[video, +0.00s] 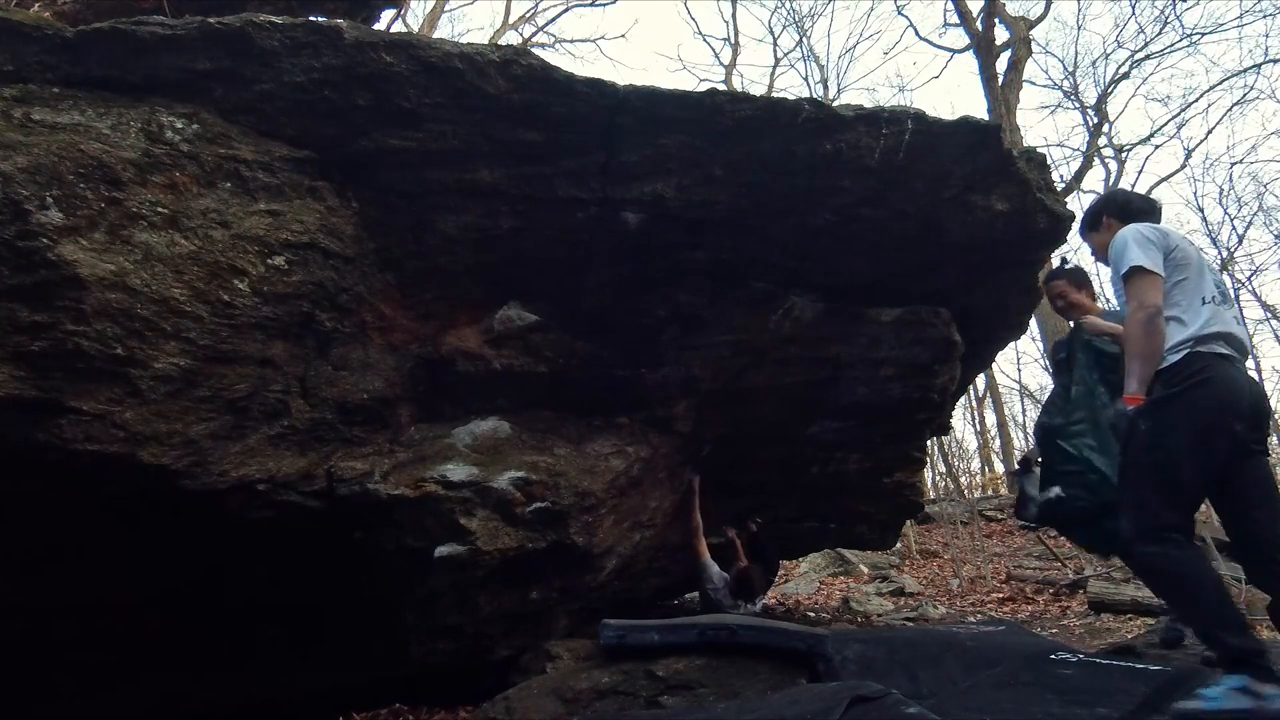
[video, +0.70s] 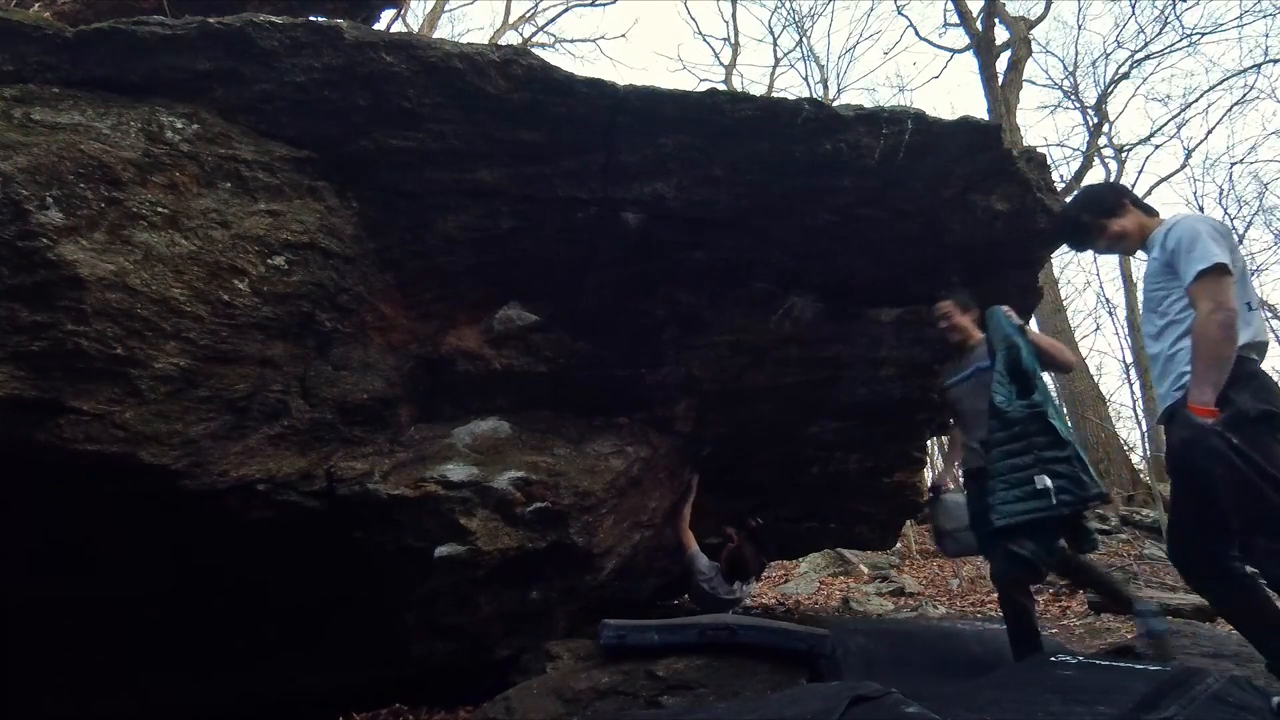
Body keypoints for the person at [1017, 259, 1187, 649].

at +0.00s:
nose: (1059, 305)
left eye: (1063, 295)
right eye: (1052, 300)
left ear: (1086, 289)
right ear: (1052, 307)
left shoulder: (1122, 320)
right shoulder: (1064, 348)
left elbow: (1151, 342)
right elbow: (1064, 401)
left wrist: (1104, 327)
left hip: (1135, 429)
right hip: (1090, 443)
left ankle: (1183, 610)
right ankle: (1174, 608)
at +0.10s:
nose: (1052, 303)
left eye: (1055, 292)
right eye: (1045, 298)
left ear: (1079, 286)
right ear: (1043, 304)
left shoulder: (1116, 316)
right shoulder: (1058, 341)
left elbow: (1149, 348)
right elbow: (1056, 391)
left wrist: (1085, 331)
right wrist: (1041, 435)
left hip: (1141, 433)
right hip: (1092, 448)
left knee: (1180, 526)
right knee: (1092, 527)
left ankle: (1212, 627)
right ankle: (1161, 589)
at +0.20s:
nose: (1039, 300)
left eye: (1042, 289)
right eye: (1032, 296)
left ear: (1066, 281)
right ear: (1031, 302)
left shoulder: (1106, 309)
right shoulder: (1045, 339)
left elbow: (1140, 342)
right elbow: (1040, 396)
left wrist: (1077, 325)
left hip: (1129, 421)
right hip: (1078, 440)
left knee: (1173, 521)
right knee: (1060, 514)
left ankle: (1212, 627)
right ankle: (1123, 602)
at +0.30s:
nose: (1025, 301)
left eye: (1028, 290)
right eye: (1018, 296)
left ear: (1052, 283)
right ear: (1019, 300)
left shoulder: (1094, 311)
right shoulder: (1030, 338)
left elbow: (1124, 346)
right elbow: (1028, 402)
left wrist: (1060, 322)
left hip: (1116, 432)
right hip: (1060, 446)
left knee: (1162, 524)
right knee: (1055, 522)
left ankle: (1213, 629)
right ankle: (1071, 616)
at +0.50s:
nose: (987, 307)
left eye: (992, 298)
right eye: (982, 302)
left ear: (1016, 294)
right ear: (983, 309)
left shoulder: (1041, 327)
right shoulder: (998, 354)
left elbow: (1097, 346)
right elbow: (1010, 415)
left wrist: (1037, 313)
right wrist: (992, 456)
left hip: (1076, 452)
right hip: (1026, 463)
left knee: (1142, 536)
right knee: (1033, 556)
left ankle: (1208, 628)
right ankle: (1030, 644)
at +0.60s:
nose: (967, 317)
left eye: (972, 308)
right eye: (961, 314)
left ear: (994, 304)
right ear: (961, 320)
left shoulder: (1023, 338)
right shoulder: (977, 364)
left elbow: (1081, 354)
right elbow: (985, 424)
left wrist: (1030, 319)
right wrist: (970, 467)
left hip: (1056, 463)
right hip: (1010, 476)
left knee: (1108, 544)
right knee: (1021, 575)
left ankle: (1195, 624)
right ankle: (1035, 672)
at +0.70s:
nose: (945, 324)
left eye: (949, 315)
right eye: (939, 320)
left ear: (971, 313)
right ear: (939, 328)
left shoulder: (1003, 346)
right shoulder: (950, 373)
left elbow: (1067, 362)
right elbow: (961, 426)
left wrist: (1020, 328)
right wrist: (947, 470)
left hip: (1030, 468)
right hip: (984, 478)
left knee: (1055, 555)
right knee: (1007, 577)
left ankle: (1141, 611)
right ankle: (1031, 668)